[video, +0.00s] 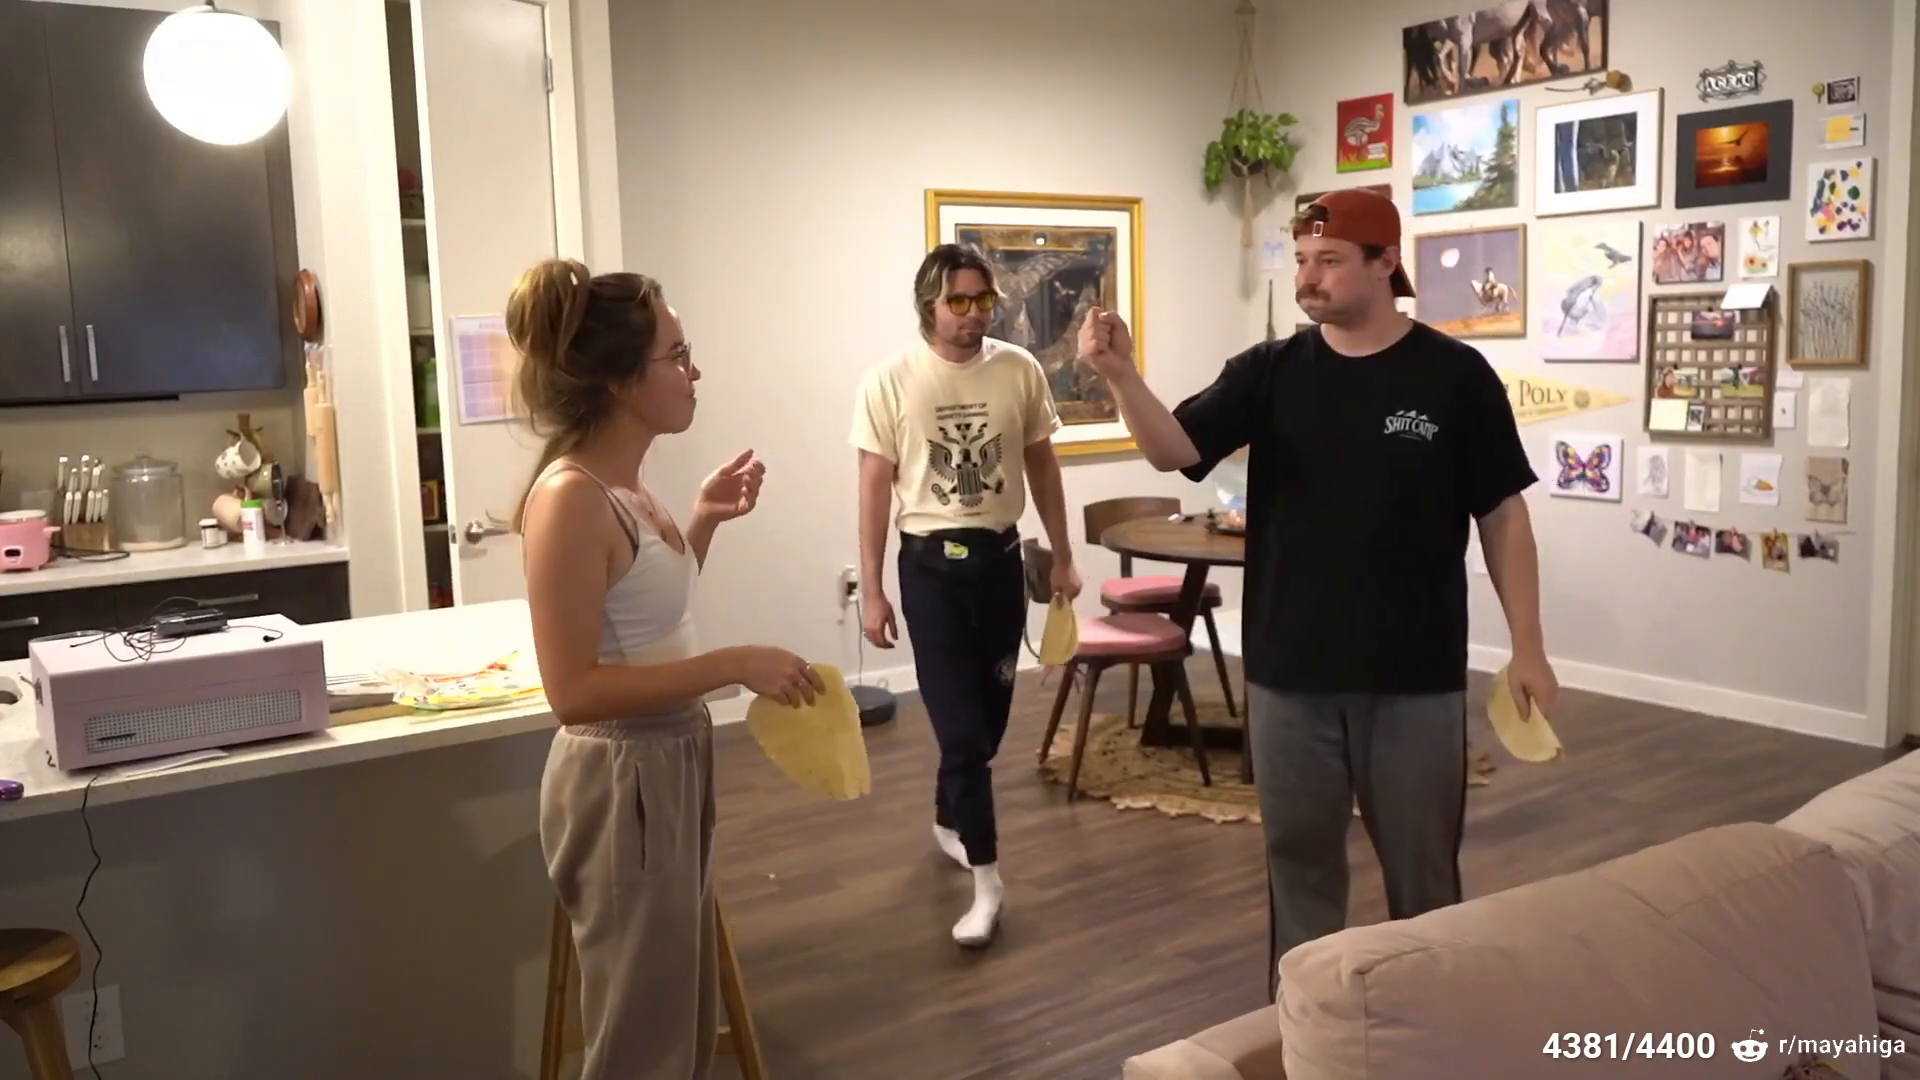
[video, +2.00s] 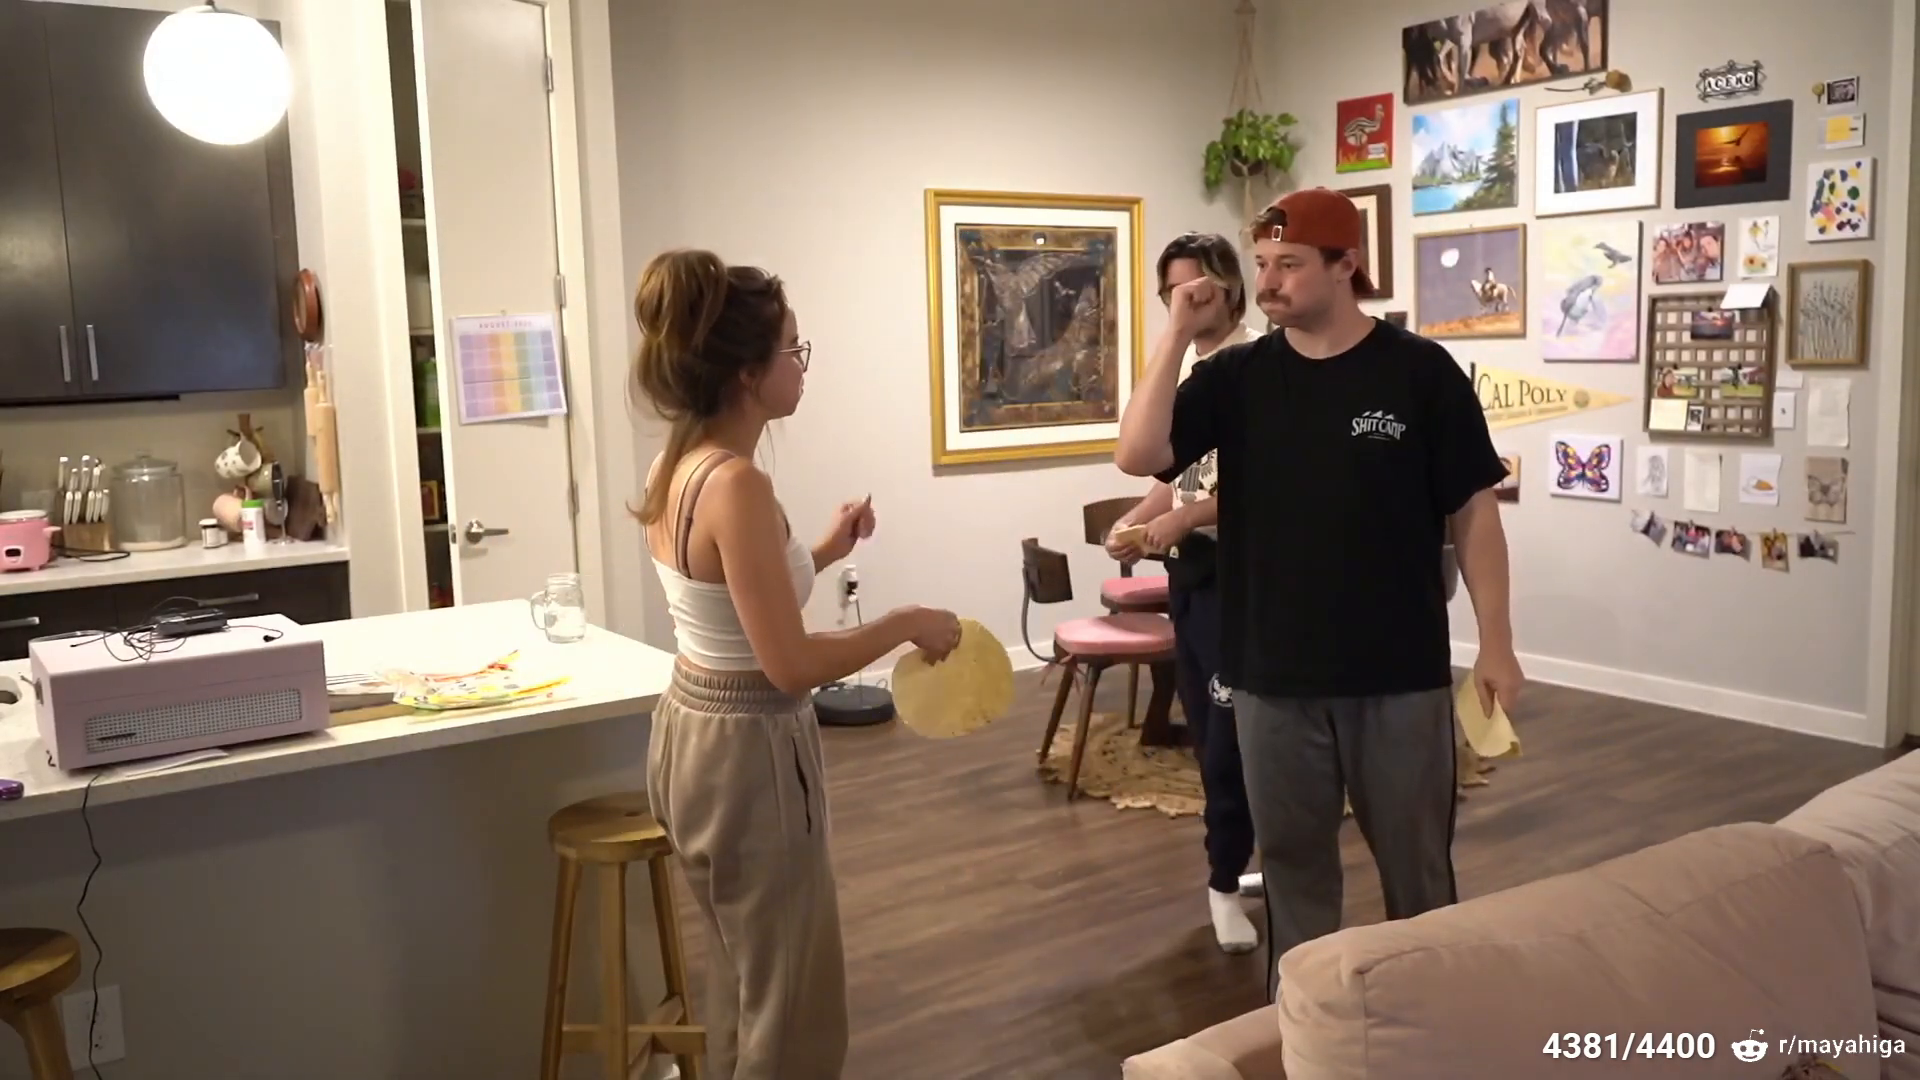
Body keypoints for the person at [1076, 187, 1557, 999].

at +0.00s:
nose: (1306, 275)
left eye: (1327, 260)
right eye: (1300, 261)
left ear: (1384, 267)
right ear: (1297, 269)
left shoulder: (1457, 375)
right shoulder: (1269, 371)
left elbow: (1502, 515)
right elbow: (1176, 450)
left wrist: (1529, 647)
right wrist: (1120, 372)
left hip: (1414, 677)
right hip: (1289, 674)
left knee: (1423, 883)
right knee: (1298, 875)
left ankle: (1436, 1040)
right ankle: (1301, 1039)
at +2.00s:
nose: (1269, 279)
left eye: (1288, 262)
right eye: (1262, 265)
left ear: (1345, 268)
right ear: (1256, 274)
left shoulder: (1422, 372)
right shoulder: (1236, 376)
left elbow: (1475, 512)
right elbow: (1139, 453)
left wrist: (1496, 642)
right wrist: (1175, 334)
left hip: (1400, 679)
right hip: (1272, 684)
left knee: (1418, 881)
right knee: (1293, 884)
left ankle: (1438, 1038)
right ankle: (1305, 1042)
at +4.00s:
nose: (1302, 257)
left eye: (1325, 242)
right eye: (1300, 244)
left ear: (1382, 256)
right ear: (1299, 261)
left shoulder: (1448, 376)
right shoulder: (1259, 371)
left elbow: (1490, 521)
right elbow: (1178, 472)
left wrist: (1506, 654)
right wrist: (1135, 431)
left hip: (1408, 677)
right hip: (1283, 675)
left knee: (1420, 874)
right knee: (1295, 865)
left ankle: (1433, 1031)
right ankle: (1301, 1027)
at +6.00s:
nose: (1234, 263)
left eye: (1256, 248)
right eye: (1230, 250)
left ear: (1311, 261)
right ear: (1228, 264)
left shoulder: (1371, 372)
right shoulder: (1205, 382)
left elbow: (1388, 521)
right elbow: (1175, 508)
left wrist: (1242, 528)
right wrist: (1170, 534)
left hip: (1354, 675)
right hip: (1237, 674)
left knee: (1375, 865)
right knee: (1265, 870)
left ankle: (1406, 1019)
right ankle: (1294, 1026)